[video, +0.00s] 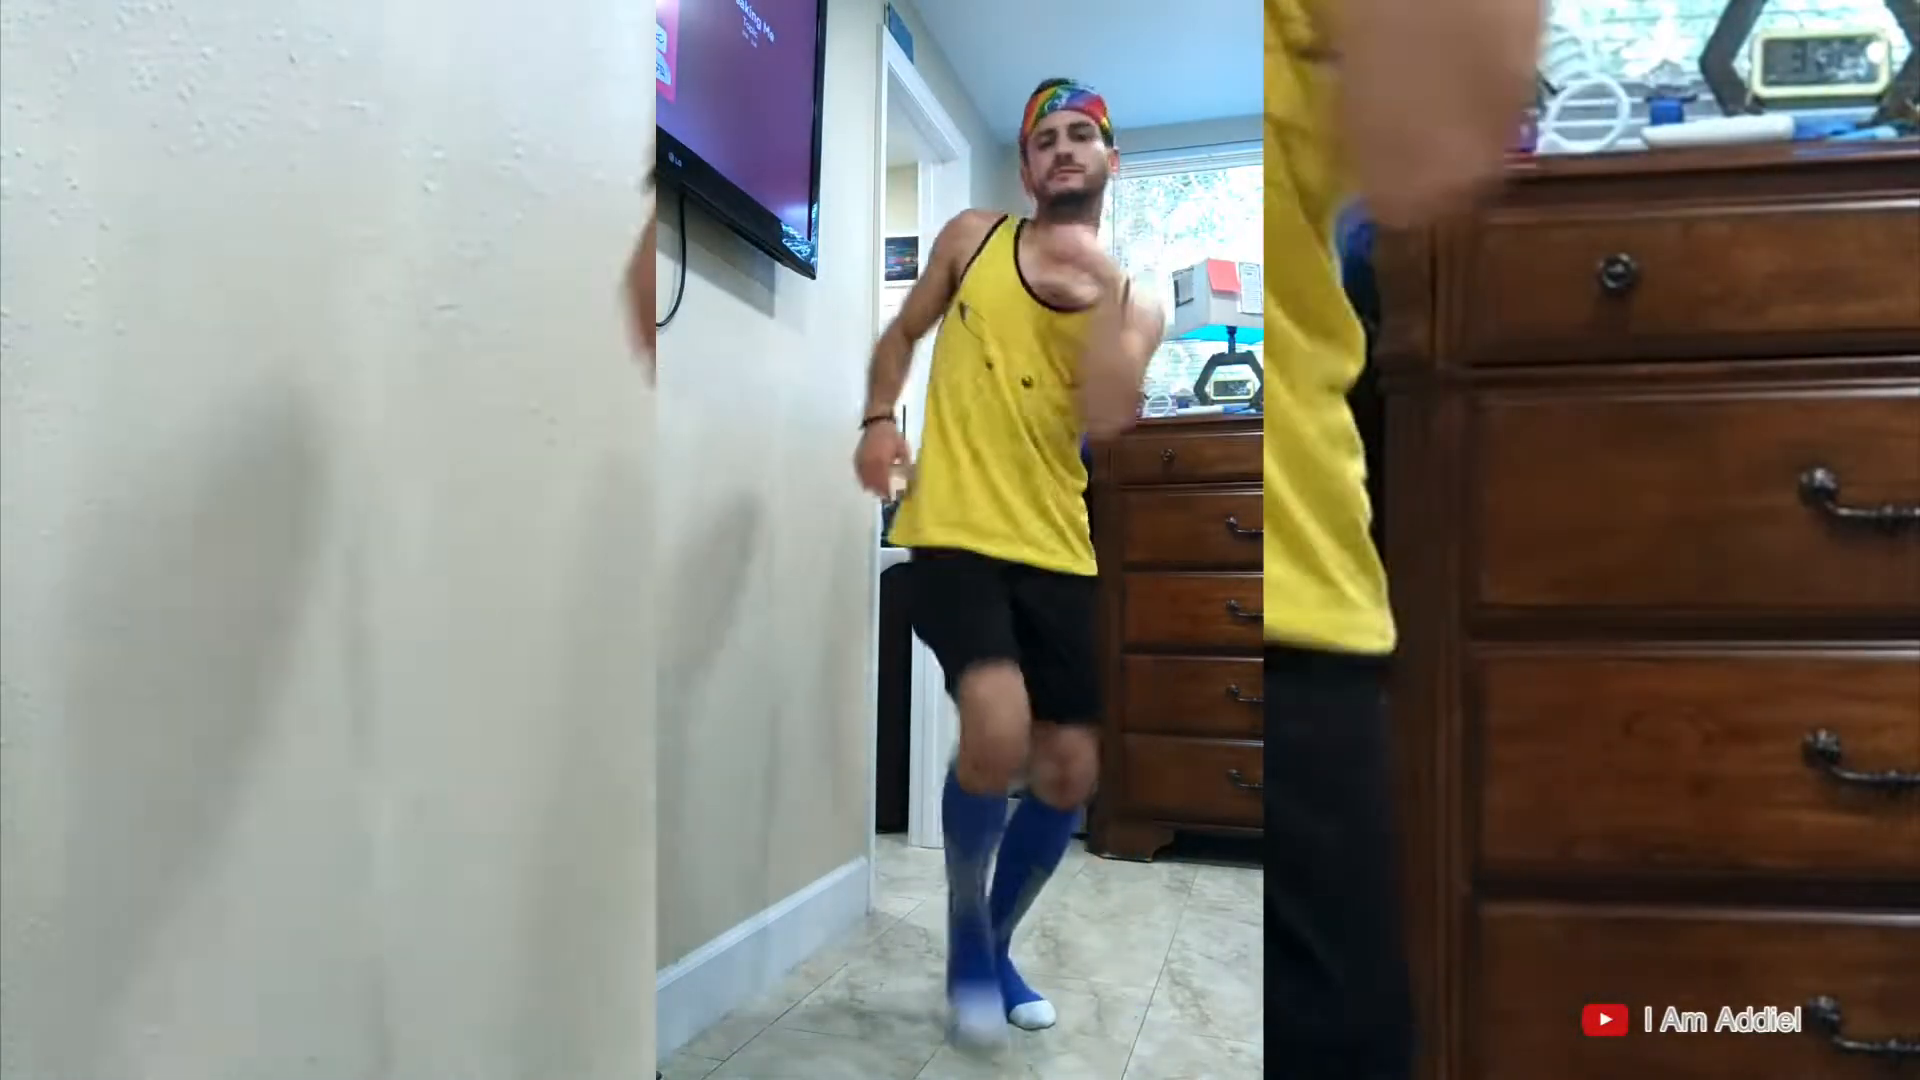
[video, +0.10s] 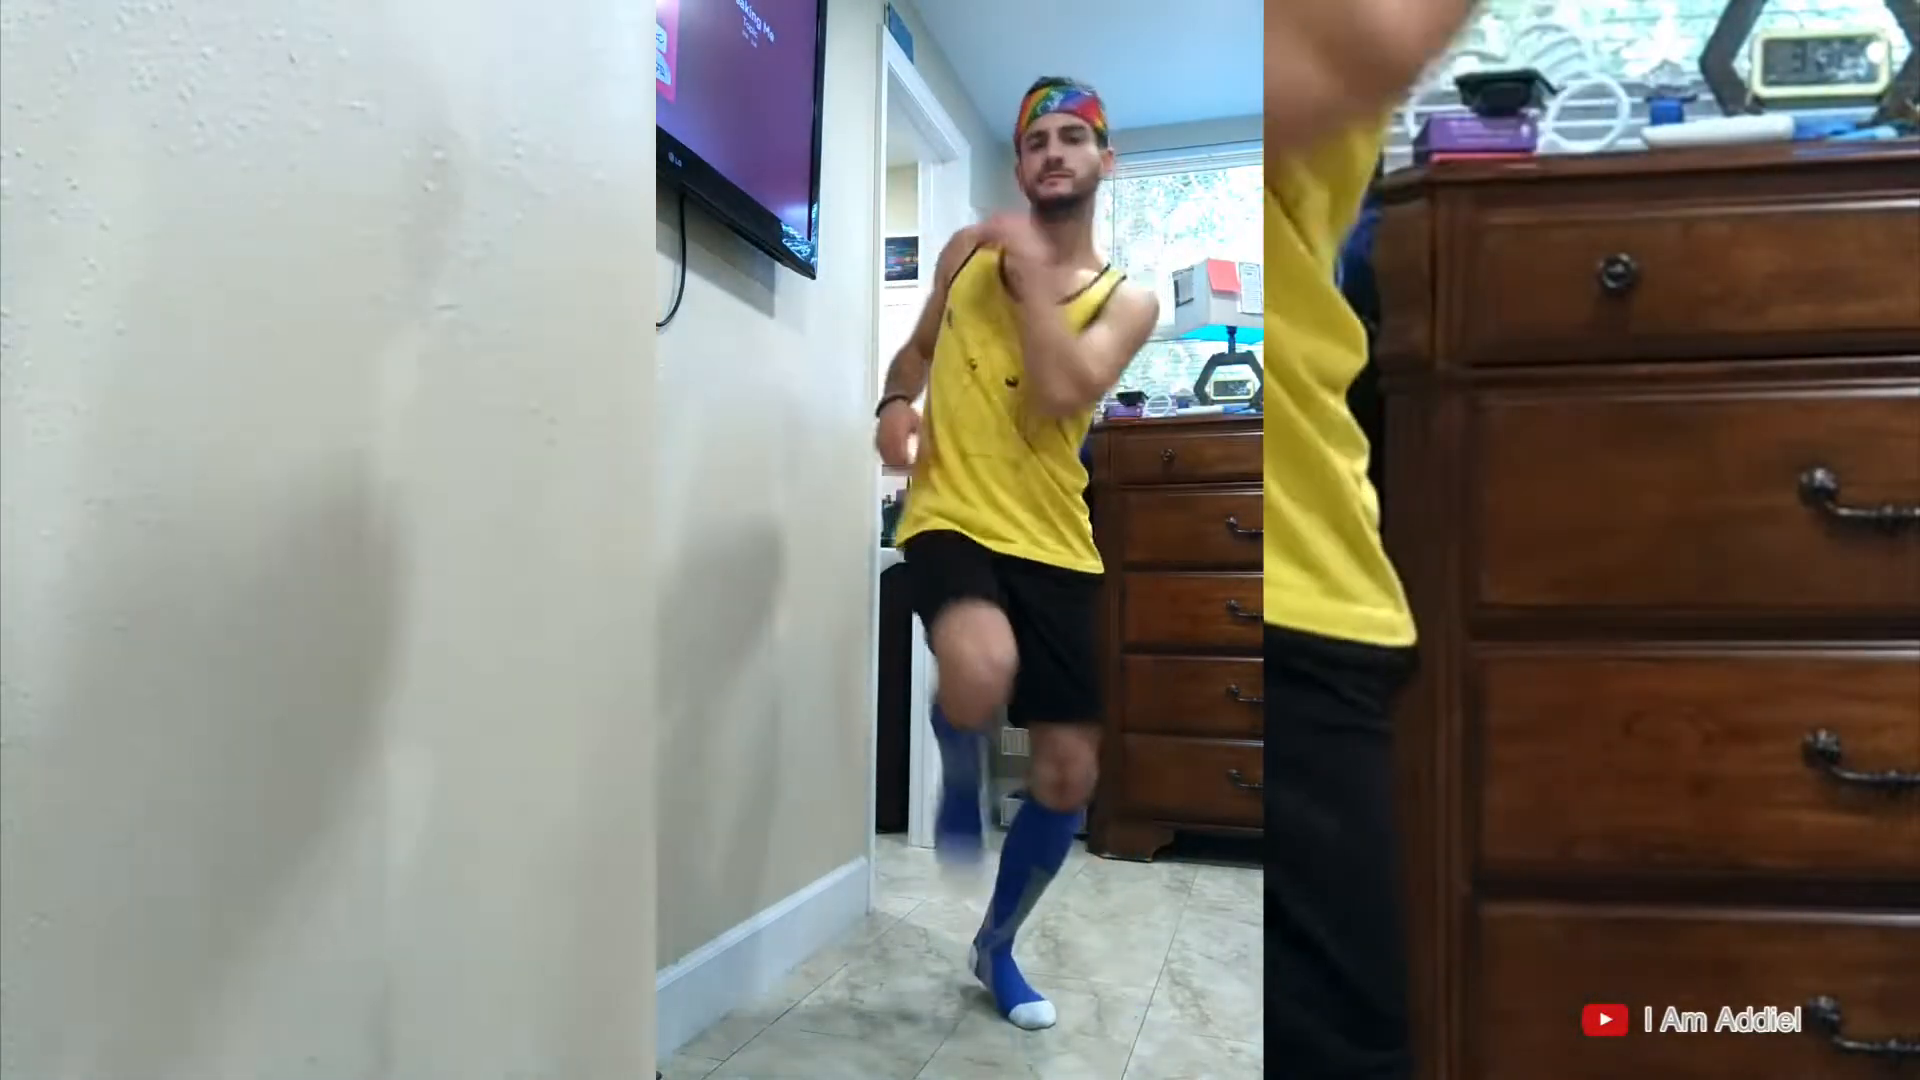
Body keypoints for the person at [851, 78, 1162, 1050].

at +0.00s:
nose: (1063, 149)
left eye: (1080, 136)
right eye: (1046, 141)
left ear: (1112, 162)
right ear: (1025, 167)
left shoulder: (1131, 297)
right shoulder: (975, 235)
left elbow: (1105, 419)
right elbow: (899, 335)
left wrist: (1113, 296)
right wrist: (879, 422)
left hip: (1054, 538)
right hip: (950, 520)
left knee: (1069, 767)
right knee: (997, 725)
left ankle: (991, 941)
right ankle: (969, 944)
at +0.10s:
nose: (1051, 153)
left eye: (1070, 138)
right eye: (1035, 143)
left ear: (1106, 160)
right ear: (1016, 168)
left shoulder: (1126, 298)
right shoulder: (971, 257)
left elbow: (1064, 388)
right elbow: (915, 354)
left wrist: (1028, 262)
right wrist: (894, 407)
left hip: (1052, 535)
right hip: (949, 507)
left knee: (1068, 767)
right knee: (981, 666)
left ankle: (997, 942)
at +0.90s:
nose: (958, 97)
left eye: (975, 87)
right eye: (937, 86)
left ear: (996, 120)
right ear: (906, 116)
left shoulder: (1028, 243)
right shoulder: (870, 210)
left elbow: (1026, 372)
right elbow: (867, 326)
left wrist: (1047, 439)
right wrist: (1017, 317)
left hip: (1007, 540)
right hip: (887, 543)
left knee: (1039, 774)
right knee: (858, 785)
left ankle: (1007, 1045)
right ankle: (899, 990)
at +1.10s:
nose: (943, 122)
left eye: (958, 111)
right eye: (921, 108)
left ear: (978, 140)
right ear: (882, 138)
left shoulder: (1024, 257)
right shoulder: (846, 267)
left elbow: (1044, 362)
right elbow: (826, 416)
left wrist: (1048, 411)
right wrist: (927, 320)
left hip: (975, 548)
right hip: (851, 559)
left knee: (1135, 728)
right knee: (822, 796)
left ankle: (979, 924)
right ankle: (830, 1015)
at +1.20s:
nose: (965, 93)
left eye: (978, 78)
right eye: (940, 81)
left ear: (996, 106)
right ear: (904, 112)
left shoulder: (1025, 240)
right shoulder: (866, 218)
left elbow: (1022, 374)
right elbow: (854, 347)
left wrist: (1055, 371)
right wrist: (1008, 310)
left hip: (974, 525)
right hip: (861, 536)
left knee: (1111, 725)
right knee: (838, 777)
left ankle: (988, 925)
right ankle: (833, 1011)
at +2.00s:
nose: (1033, 104)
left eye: (1050, 90)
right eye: (1012, 94)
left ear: (1080, 116)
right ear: (984, 128)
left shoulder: (1129, 228)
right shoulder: (977, 258)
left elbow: (1065, 335)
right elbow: (986, 392)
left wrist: (998, 241)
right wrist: (972, 502)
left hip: (1083, 566)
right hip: (956, 550)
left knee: (1117, 825)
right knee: (853, 756)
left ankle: (1052, 1025)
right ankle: (936, 929)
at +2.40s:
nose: (896, 57)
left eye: (919, 41)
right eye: (874, 43)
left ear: (953, 64)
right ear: (849, 77)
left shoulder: (990, 121)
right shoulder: (869, 242)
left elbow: (978, 283)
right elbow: (874, 397)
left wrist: (915, 469)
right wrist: (842, 355)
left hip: (998, 517)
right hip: (871, 516)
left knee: (1016, 782)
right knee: (838, 774)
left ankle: (995, 1008)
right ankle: (844, 1031)